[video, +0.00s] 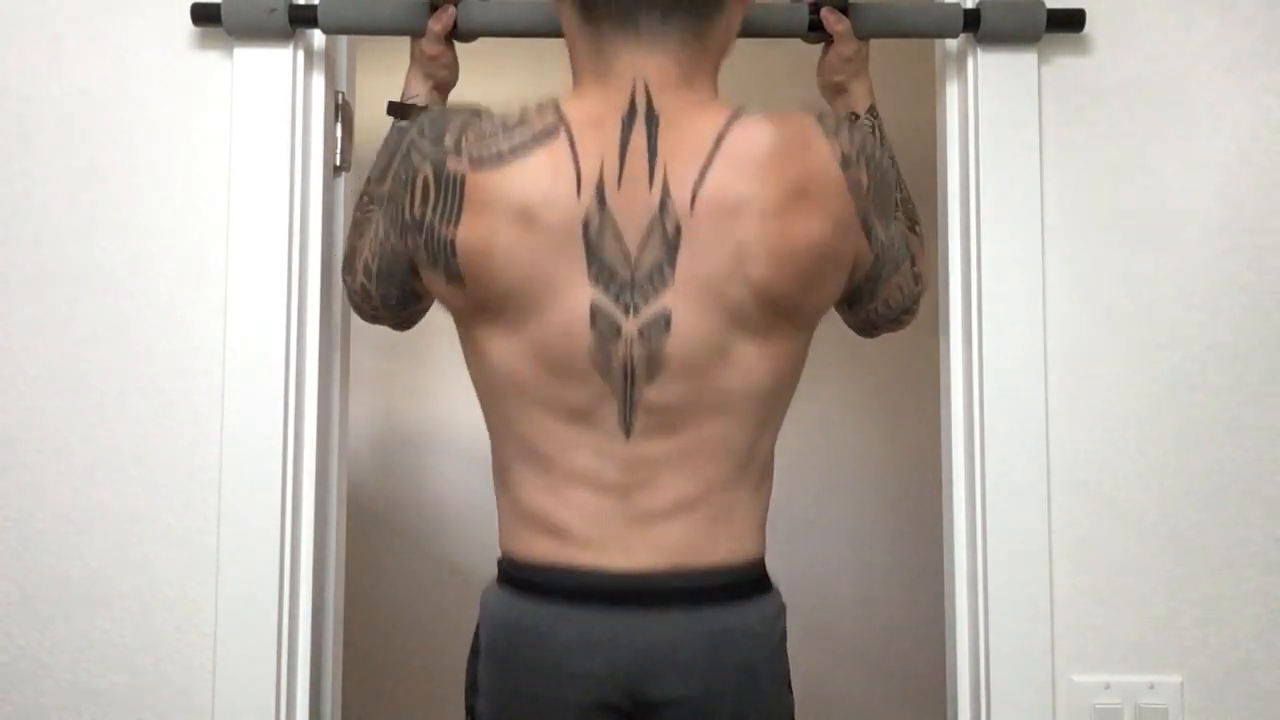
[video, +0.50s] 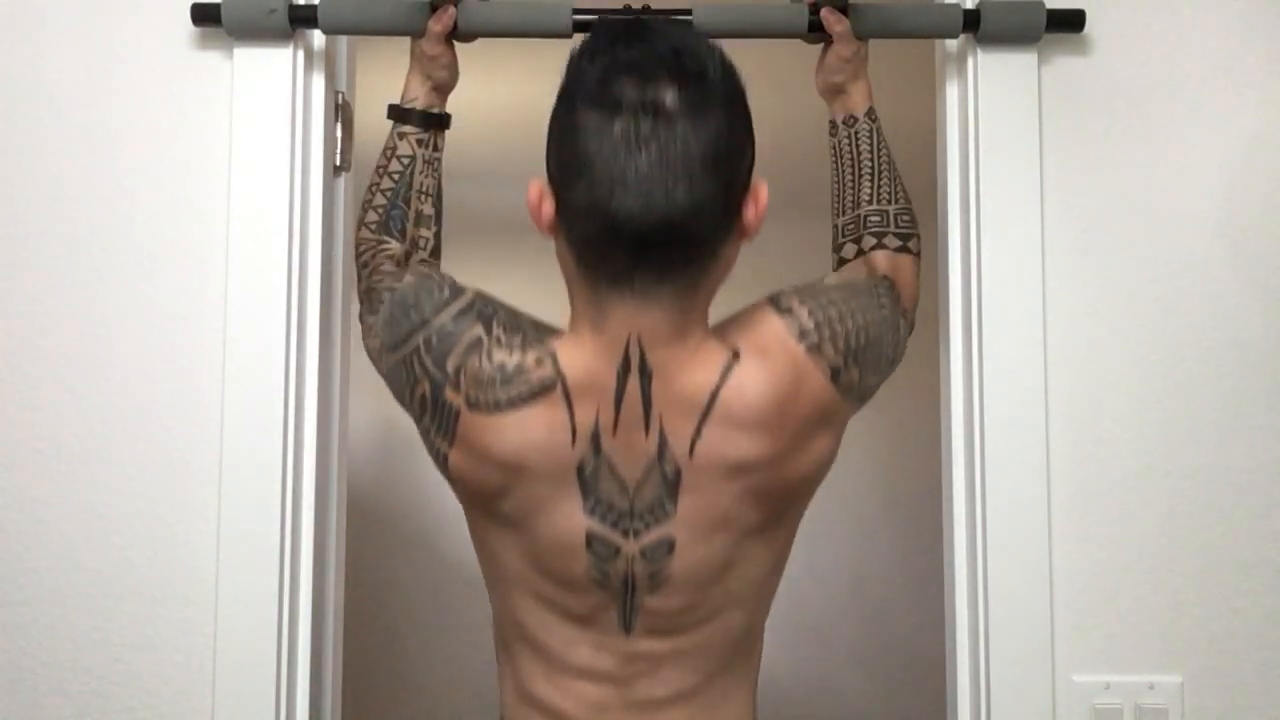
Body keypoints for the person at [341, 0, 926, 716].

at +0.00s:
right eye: (738, 7)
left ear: (568, 15)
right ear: (734, 15)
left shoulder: (464, 163)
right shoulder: (808, 166)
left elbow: (378, 293)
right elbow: (890, 300)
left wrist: (419, 99)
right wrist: (852, 103)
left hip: (536, 634)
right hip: (727, 637)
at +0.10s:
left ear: (544, 22)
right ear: (752, 21)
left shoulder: (463, 210)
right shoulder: (802, 216)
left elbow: (374, 288)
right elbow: (895, 295)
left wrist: (421, 96)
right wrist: (852, 99)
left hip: (536, 665)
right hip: (726, 666)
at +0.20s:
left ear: (543, 72)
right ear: (750, 72)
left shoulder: (470, 261)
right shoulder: (802, 263)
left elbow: (372, 267)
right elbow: (900, 276)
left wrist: (422, 93)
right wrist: (851, 98)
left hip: (534, 685)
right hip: (725, 686)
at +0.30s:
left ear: (543, 126)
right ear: (752, 127)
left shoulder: (475, 308)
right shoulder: (799, 309)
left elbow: (379, 263)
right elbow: (893, 263)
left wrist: (423, 95)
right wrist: (852, 97)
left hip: (534, 699)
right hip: (725, 700)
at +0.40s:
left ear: (544, 171)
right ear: (753, 173)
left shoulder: (482, 352)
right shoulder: (799, 344)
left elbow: (386, 259)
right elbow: (891, 262)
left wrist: (423, 94)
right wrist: (850, 95)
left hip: (538, 707)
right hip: (722, 707)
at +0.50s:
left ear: (543, 209)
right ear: (752, 211)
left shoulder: (484, 389)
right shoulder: (791, 379)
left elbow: (388, 259)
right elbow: (888, 263)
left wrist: (423, 92)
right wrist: (850, 96)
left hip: (537, 710)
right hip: (720, 710)